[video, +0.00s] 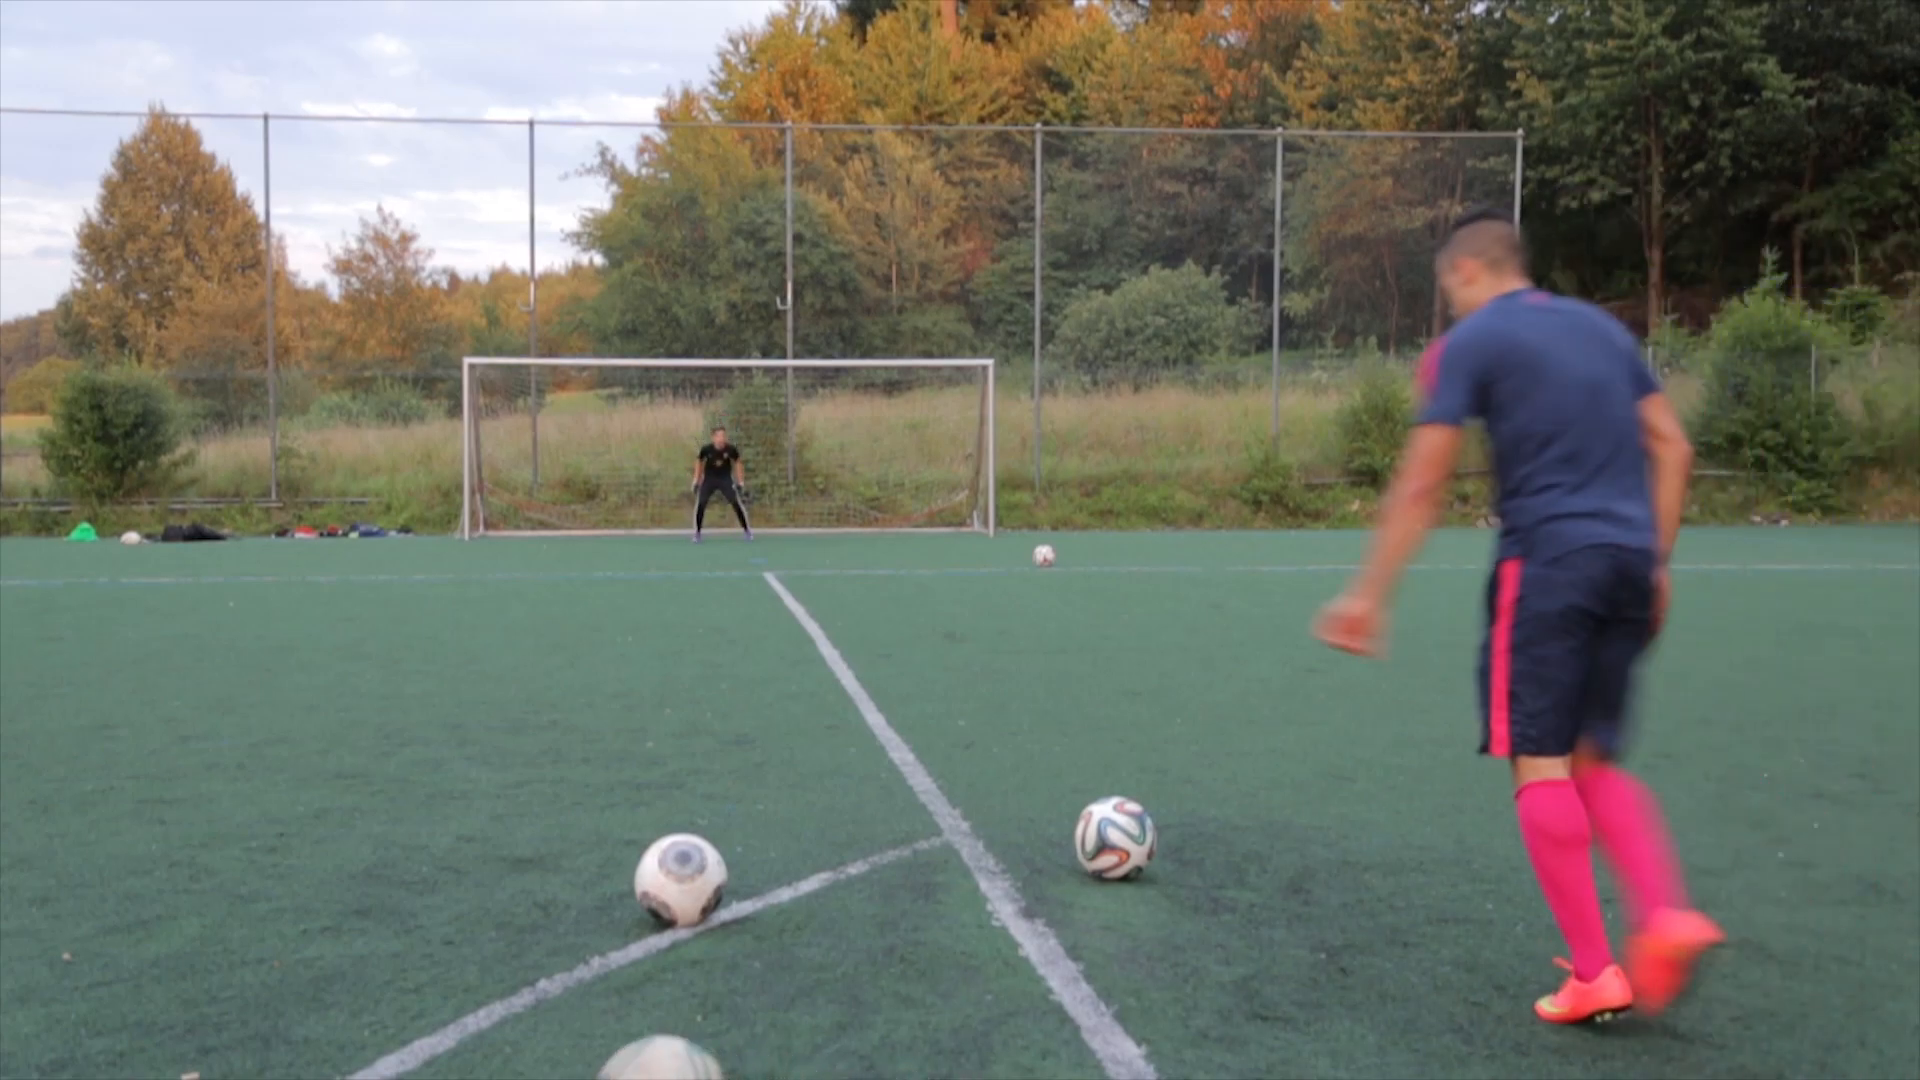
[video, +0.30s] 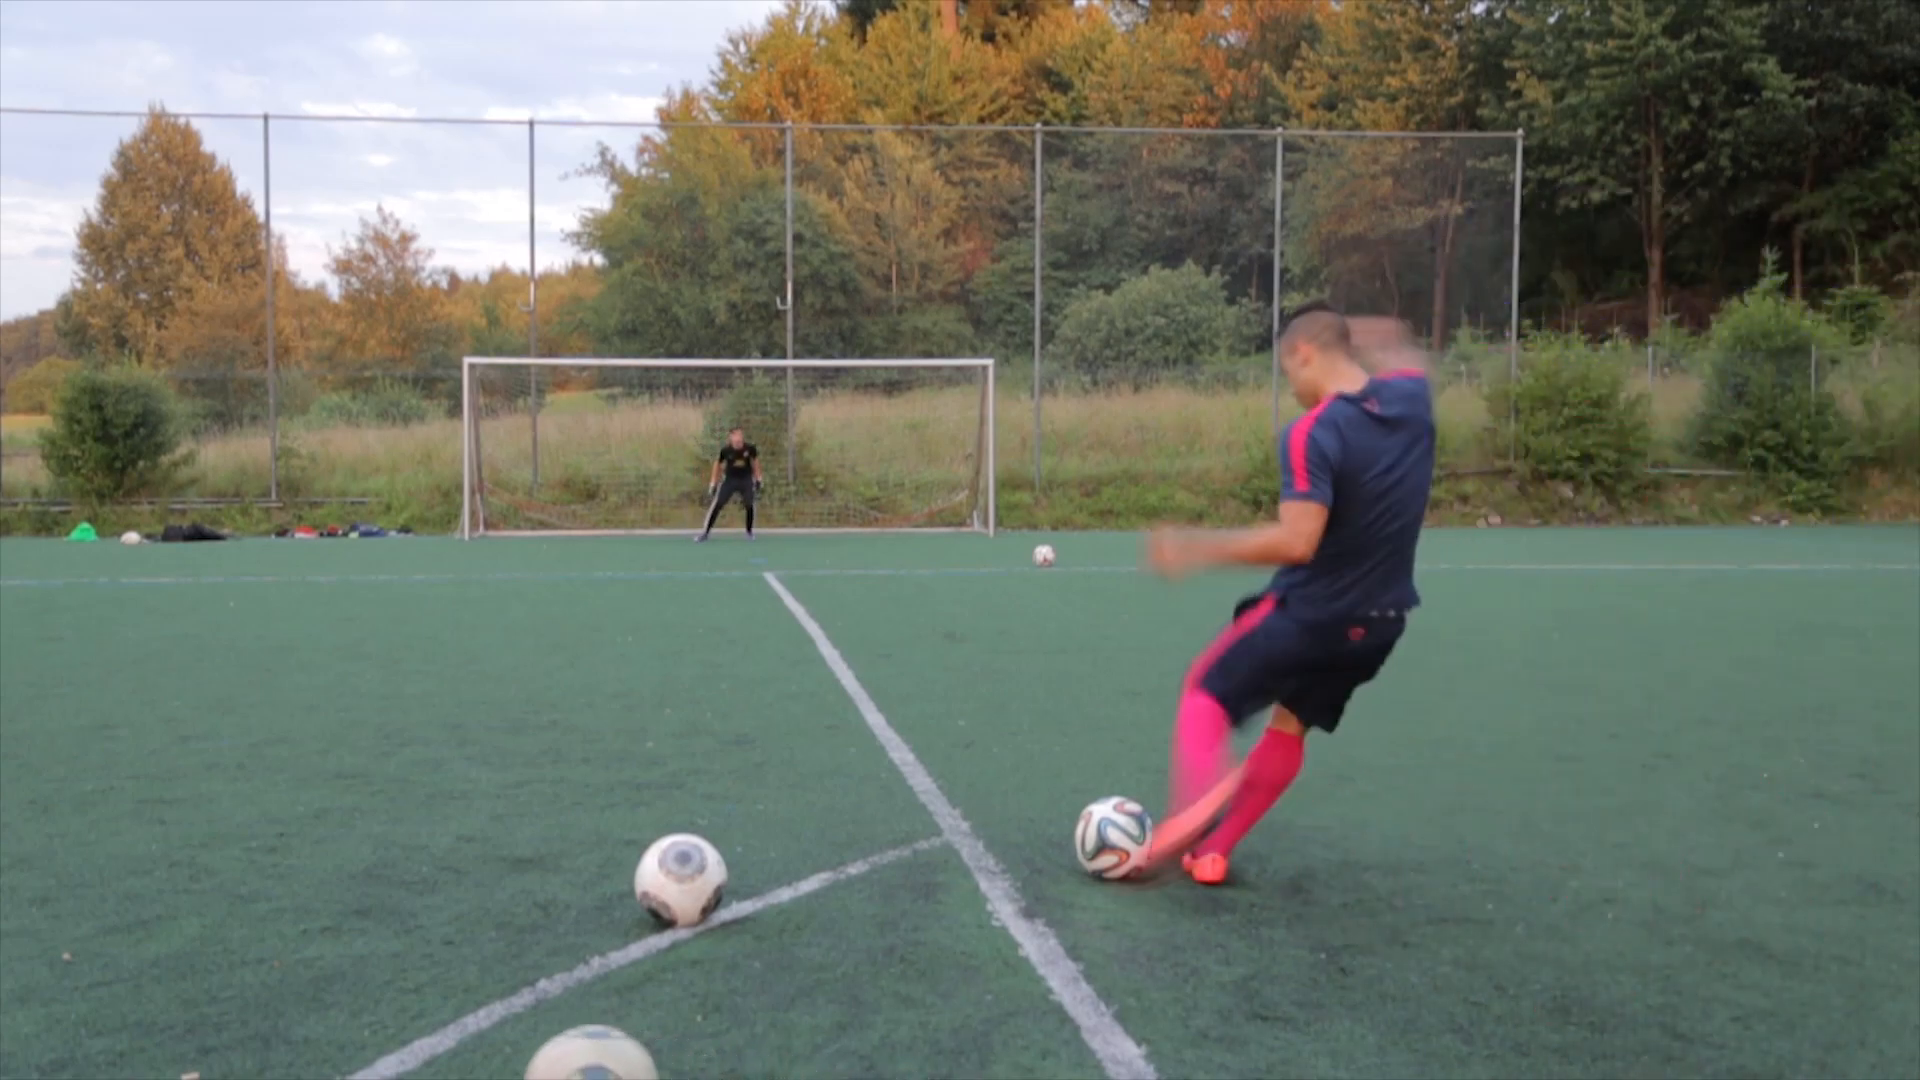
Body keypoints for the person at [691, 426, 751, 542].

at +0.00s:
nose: (720, 439)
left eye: (722, 436)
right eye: (717, 436)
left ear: (725, 438)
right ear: (713, 437)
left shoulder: (731, 450)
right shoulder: (706, 450)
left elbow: (738, 464)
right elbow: (699, 464)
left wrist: (740, 481)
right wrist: (696, 480)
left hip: (725, 481)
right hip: (709, 481)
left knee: (736, 504)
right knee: (701, 505)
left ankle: (746, 530)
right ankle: (698, 532)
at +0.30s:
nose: (737, 442)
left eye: (739, 439)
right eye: (735, 439)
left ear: (743, 439)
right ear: (731, 439)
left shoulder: (750, 450)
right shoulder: (725, 451)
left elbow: (755, 464)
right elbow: (717, 465)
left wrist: (758, 478)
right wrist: (713, 482)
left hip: (746, 482)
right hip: (730, 481)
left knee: (749, 506)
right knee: (717, 505)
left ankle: (749, 532)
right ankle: (705, 532)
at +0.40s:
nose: (743, 438)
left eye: (745, 435)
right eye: (741, 436)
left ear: (748, 435)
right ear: (736, 435)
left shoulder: (756, 445)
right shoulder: (731, 447)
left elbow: (761, 457)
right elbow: (721, 459)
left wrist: (766, 469)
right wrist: (718, 477)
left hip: (753, 476)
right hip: (737, 476)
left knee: (760, 500)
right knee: (726, 500)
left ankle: (755, 529)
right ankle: (721, 527)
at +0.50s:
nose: (749, 437)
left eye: (751, 434)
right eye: (747, 434)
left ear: (754, 436)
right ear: (742, 435)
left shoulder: (762, 447)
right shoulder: (736, 449)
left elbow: (770, 459)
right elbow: (727, 461)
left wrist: (775, 472)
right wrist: (724, 478)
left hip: (759, 476)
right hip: (743, 476)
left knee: (770, 499)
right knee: (736, 499)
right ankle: (734, 527)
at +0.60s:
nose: (755, 447)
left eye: (757, 444)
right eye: (753, 444)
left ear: (760, 444)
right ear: (748, 445)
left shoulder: (768, 454)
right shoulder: (742, 457)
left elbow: (775, 468)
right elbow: (733, 468)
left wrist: (783, 482)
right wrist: (729, 484)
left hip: (765, 483)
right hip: (749, 484)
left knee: (779, 504)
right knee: (743, 505)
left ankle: (795, 530)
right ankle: (746, 532)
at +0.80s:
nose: (747, 461)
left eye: (749, 458)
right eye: (744, 458)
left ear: (753, 456)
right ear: (741, 458)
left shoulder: (763, 465)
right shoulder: (739, 468)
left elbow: (774, 479)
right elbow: (735, 483)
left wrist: (782, 496)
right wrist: (731, 499)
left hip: (762, 492)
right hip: (746, 493)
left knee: (778, 510)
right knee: (733, 508)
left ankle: (794, 533)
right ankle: (737, 534)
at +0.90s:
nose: (732, 455)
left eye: (734, 452)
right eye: (730, 453)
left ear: (739, 451)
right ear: (727, 453)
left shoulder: (749, 461)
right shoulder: (727, 465)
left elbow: (761, 476)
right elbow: (725, 482)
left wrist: (768, 492)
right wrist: (722, 498)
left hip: (753, 491)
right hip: (738, 491)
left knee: (766, 513)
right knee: (726, 507)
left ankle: (788, 531)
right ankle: (736, 534)